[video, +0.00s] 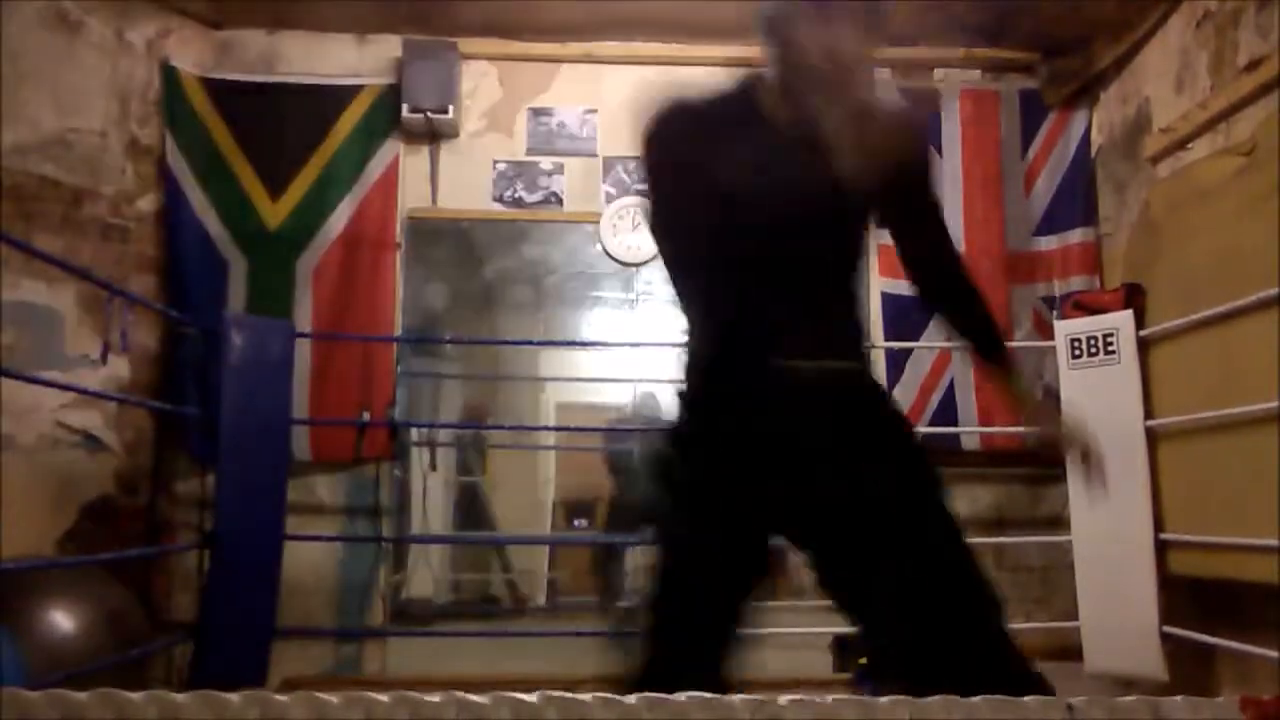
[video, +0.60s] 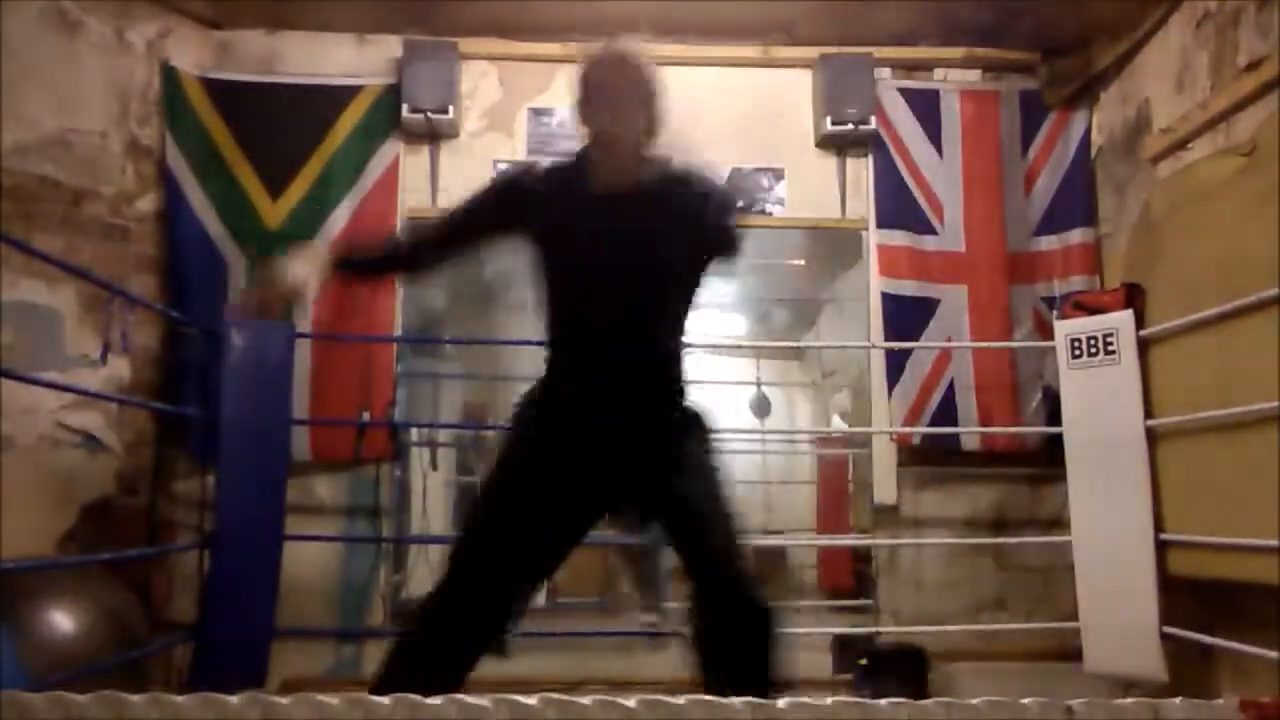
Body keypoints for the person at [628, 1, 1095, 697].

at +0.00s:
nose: (840, 44)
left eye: (855, 25)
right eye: (822, 20)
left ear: (871, 39)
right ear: (777, 30)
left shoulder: (877, 136)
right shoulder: (691, 135)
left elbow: (936, 268)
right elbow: (710, 298)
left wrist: (1024, 394)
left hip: (845, 423)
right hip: (730, 426)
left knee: (961, 648)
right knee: (679, 667)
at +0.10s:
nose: (909, 115)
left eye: (928, 90)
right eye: (888, 85)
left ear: (942, 101)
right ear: (841, 87)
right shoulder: (735, 209)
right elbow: (762, 385)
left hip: (899, 480)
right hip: (773, 483)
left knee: (1012, 690)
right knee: (813, 702)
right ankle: (905, 664)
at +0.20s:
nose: (907, 130)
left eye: (929, 109)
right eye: (887, 102)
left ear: (946, 124)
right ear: (845, 103)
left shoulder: (939, 243)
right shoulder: (743, 214)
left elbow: (964, 399)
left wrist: (1013, 469)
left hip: (893, 470)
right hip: (774, 472)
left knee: (1014, 680)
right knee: (801, 698)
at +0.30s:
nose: (874, 122)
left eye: (880, 104)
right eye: (859, 103)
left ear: (888, 112)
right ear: (808, 108)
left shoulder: (897, 202)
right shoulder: (718, 194)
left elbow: (989, 315)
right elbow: (633, 268)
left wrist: (920, 202)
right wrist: (581, 325)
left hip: (862, 454)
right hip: (753, 456)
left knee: (965, 644)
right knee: (689, 645)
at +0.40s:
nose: (767, 70)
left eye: (781, 56)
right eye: (752, 53)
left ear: (796, 69)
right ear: (724, 64)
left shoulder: (818, 150)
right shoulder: (663, 143)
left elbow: (894, 147)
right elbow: (551, 180)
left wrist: (833, 56)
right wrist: (469, 225)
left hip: (788, 408)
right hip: (686, 405)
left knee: (879, 606)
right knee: (568, 579)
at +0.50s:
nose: (681, 70)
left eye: (696, 54)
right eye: (669, 52)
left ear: (725, 65)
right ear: (645, 59)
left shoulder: (750, 148)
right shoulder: (596, 144)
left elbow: (796, 133)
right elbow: (470, 175)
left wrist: (759, 48)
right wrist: (354, 198)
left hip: (724, 395)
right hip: (623, 393)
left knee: (795, 569)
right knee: (522, 559)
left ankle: (865, 698)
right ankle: (463, 699)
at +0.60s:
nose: (610, 115)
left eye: (625, 100)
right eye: (597, 100)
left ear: (651, 111)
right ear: (582, 110)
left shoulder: (692, 202)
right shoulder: (539, 195)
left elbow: (722, 243)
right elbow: (427, 248)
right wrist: (343, 260)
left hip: (659, 429)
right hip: (564, 427)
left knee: (728, 589)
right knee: (473, 593)